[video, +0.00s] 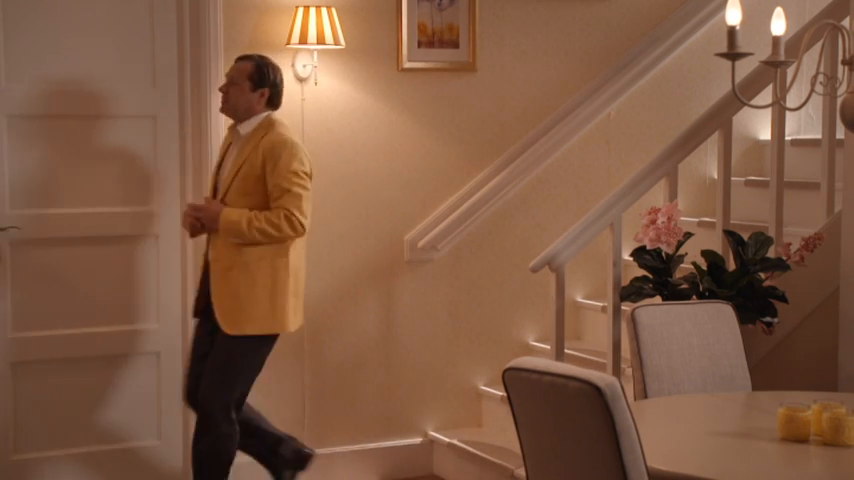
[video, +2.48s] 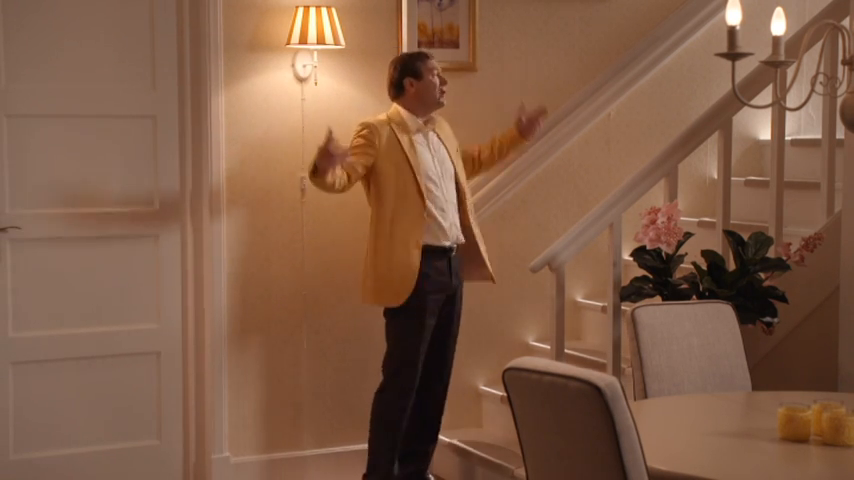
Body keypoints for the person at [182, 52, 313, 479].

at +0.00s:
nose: (221, 89)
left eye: (232, 83)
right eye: (225, 82)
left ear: (261, 95)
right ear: (250, 96)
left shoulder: (283, 147)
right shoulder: (235, 140)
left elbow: (292, 221)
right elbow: (238, 207)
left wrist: (222, 217)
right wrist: (207, 218)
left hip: (259, 304)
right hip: (222, 298)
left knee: (218, 403)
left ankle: (208, 478)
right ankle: (285, 455)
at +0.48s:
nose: (280, 95)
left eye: (279, 87)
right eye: (270, 88)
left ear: (273, 92)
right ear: (237, 96)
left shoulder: (282, 137)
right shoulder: (193, 142)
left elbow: (291, 198)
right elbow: (151, 209)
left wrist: (340, 216)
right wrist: (121, 269)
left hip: (269, 285)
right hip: (211, 289)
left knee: (282, 389)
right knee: (206, 403)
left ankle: (269, 477)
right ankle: (195, 477)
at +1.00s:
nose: (380, 92)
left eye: (378, 84)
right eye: (373, 85)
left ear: (350, 92)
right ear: (345, 92)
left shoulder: (355, 142)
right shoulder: (304, 137)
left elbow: (361, 203)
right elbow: (274, 205)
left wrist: (413, 201)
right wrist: (284, 260)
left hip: (352, 287)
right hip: (313, 288)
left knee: (365, 386)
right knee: (291, 386)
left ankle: (363, 474)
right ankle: (241, 475)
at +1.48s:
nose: (416, 86)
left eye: (414, 79)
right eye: (410, 79)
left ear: (386, 85)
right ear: (387, 85)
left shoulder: (382, 129)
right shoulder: (358, 127)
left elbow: (378, 199)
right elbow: (329, 196)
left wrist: (411, 184)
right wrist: (340, 252)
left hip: (383, 281)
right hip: (366, 283)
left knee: (383, 383)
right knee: (376, 386)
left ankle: (365, 471)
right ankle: (365, 474)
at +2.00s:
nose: (427, 80)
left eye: (425, 73)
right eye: (421, 73)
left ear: (398, 83)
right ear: (397, 81)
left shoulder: (405, 130)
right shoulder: (369, 131)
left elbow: (424, 179)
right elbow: (354, 200)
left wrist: (474, 166)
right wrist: (384, 233)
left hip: (418, 277)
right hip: (388, 280)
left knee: (412, 380)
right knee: (387, 382)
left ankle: (410, 470)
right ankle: (370, 473)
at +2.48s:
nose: (445, 82)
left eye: (443, 76)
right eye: (437, 76)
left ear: (419, 85)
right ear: (410, 84)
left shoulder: (441, 130)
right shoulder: (377, 132)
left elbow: (470, 164)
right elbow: (342, 177)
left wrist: (518, 135)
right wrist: (327, 170)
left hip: (448, 265)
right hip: (410, 267)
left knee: (434, 382)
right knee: (402, 381)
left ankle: (414, 473)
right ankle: (380, 476)